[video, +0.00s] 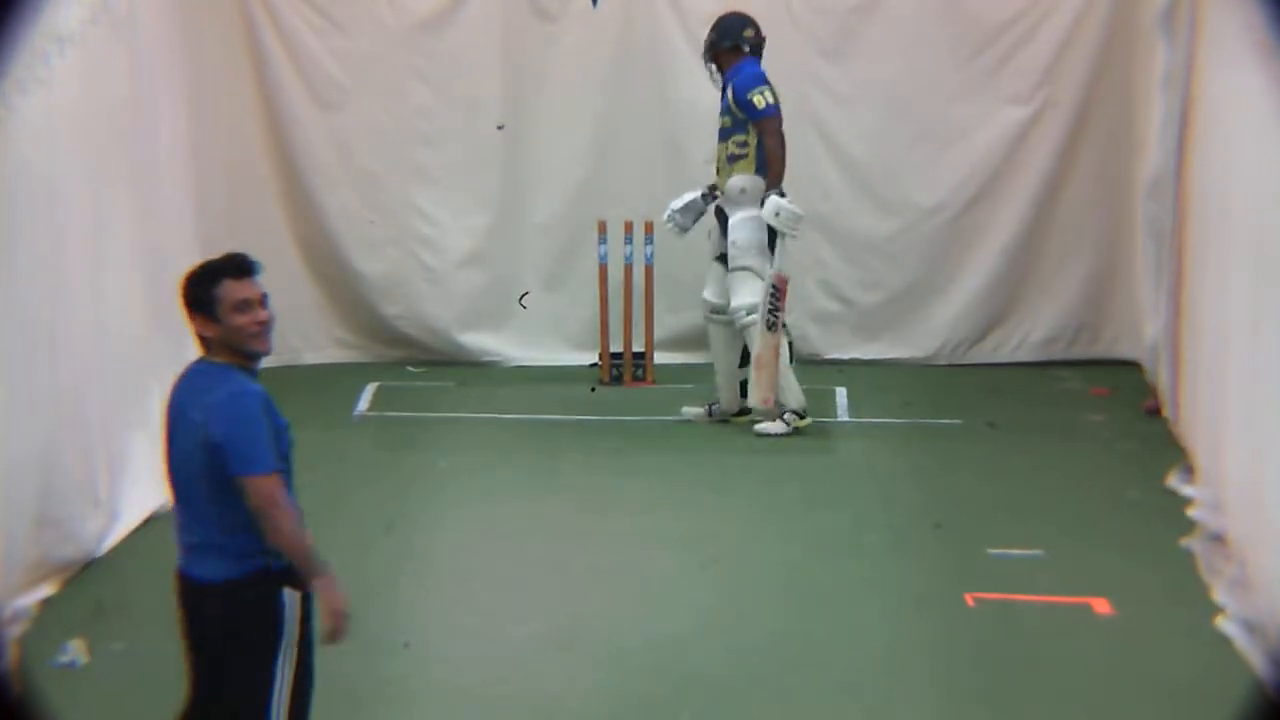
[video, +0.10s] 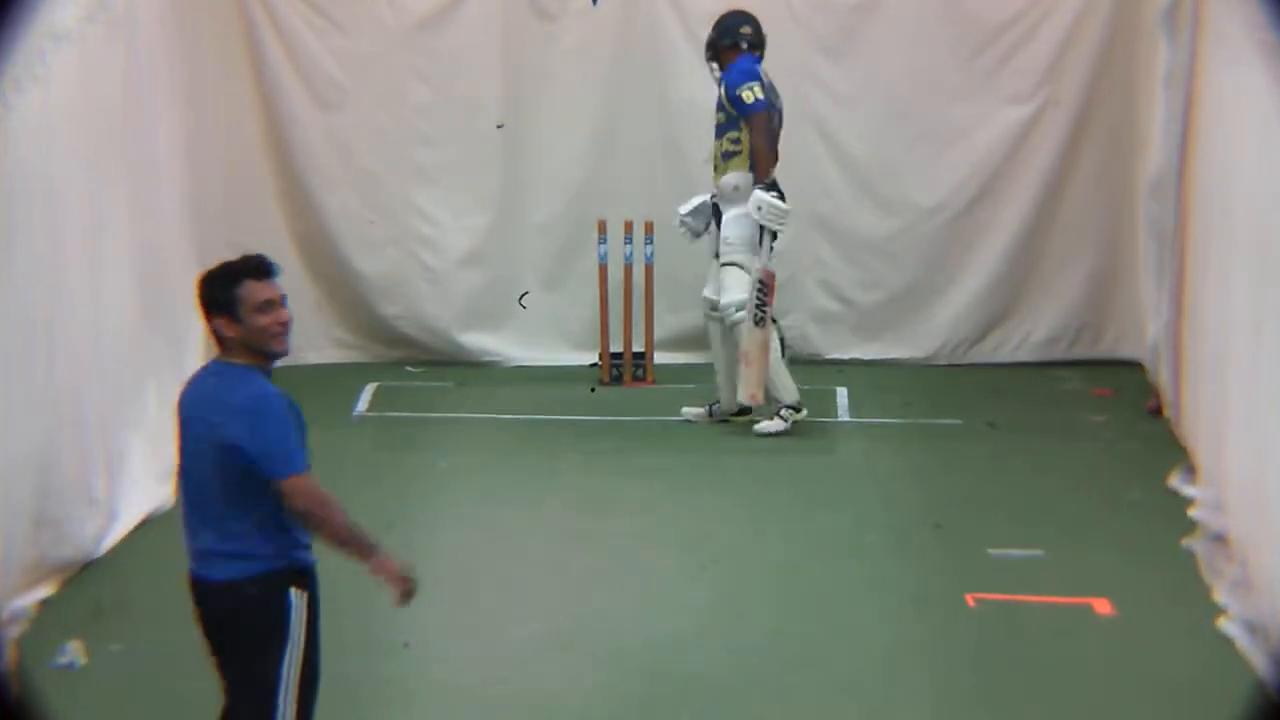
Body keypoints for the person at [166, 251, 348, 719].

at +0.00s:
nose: (263, 317)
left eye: (263, 302)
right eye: (244, 309)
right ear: (204, 325)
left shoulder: (192, 386)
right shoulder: (240, 399)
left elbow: (198, 495)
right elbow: (269, 507)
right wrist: (321, 578)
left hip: (205, 585)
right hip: (257, 588)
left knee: (212, 705)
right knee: (269, 709)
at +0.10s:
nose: (284, 317)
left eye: (282, 304)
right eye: (266, 308)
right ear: (224, 327)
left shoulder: (199, 391)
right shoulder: (264, 403)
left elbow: (197, 489)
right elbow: (301, 496)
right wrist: (377, 558)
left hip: (217, 586)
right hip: (271, 587)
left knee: (246, 706)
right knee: (279, 710)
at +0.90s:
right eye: (343, 288)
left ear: (277, 303)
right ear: (341, 299)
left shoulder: (245, 382)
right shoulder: (364, 376)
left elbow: (237, 486)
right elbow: (424, 450)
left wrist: (257, 550)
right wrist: (388, 408)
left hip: (272, 577)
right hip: (352, 577)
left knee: (284, 710)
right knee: (390, 708)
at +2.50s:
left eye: (373, 280)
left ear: (372, 295)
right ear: (434, 294)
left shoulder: (337, 369)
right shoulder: (456, 368)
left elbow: (300, 470)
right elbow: (493, 464)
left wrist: (290, 552)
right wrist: (473, 488)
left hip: (357, 566)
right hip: (436, 567)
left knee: (335, 705)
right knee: (431, 707)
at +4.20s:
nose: (406, 324)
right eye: (404, 317)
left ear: (344, 331)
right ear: (403, 327)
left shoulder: (305, 389)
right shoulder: (424, 384)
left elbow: (289, 462)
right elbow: (463, 470)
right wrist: (419, 439)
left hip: (280, 550)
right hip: (352, 550)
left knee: (287, 685)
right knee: (365, 688)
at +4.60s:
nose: (435, 331)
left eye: (431, 321)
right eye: (432, 322)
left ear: (370, 335)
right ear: (423, 331)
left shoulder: (331, 389)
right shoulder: (424, 385)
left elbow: (330, 475)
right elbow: (428, 479)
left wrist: (380, 543)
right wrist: (388, 531)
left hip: (273, 543)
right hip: (331, 549)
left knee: (284, 693)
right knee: (319, 698)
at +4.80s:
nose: (448, 322)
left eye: (444, 311)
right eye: (444, 312)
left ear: (387, 324)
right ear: (431, 321)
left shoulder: (382, 377)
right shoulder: (395, 383)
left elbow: (386, 479)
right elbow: (376, 474)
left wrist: (447, 510)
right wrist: (423, 515)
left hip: (311, 560)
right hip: (312, 562)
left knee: (327, 704)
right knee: (320, 708)